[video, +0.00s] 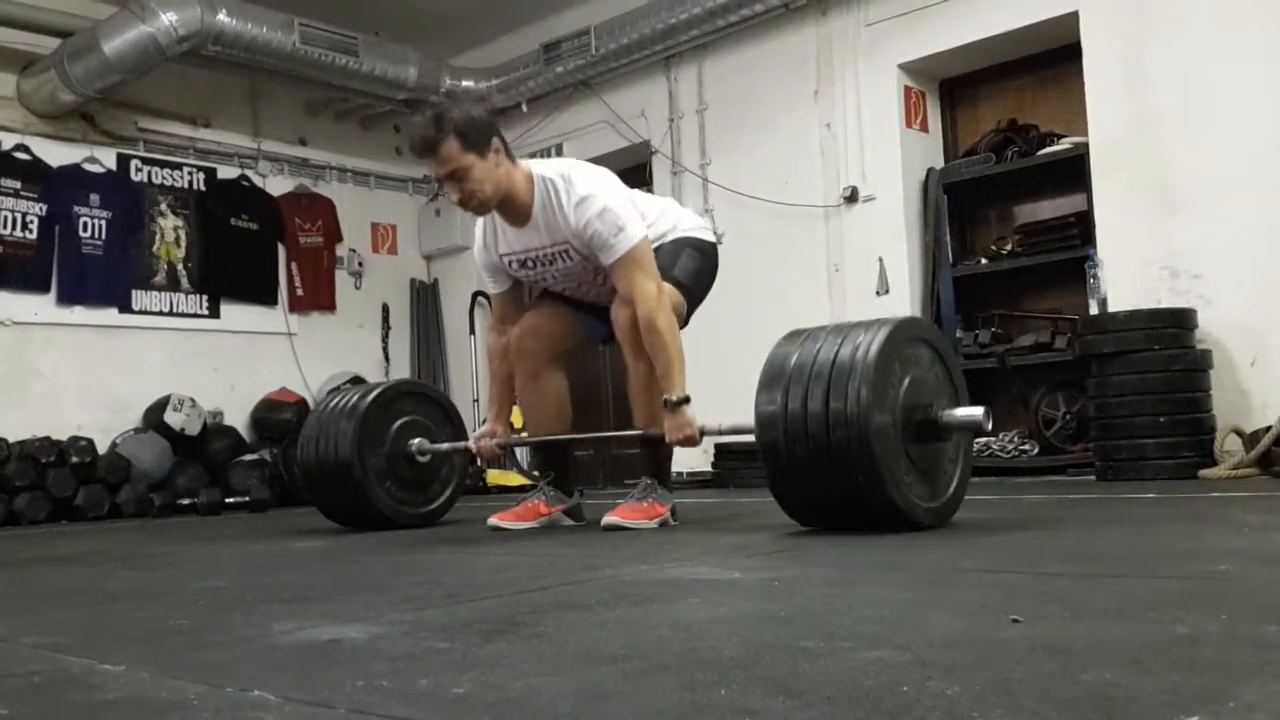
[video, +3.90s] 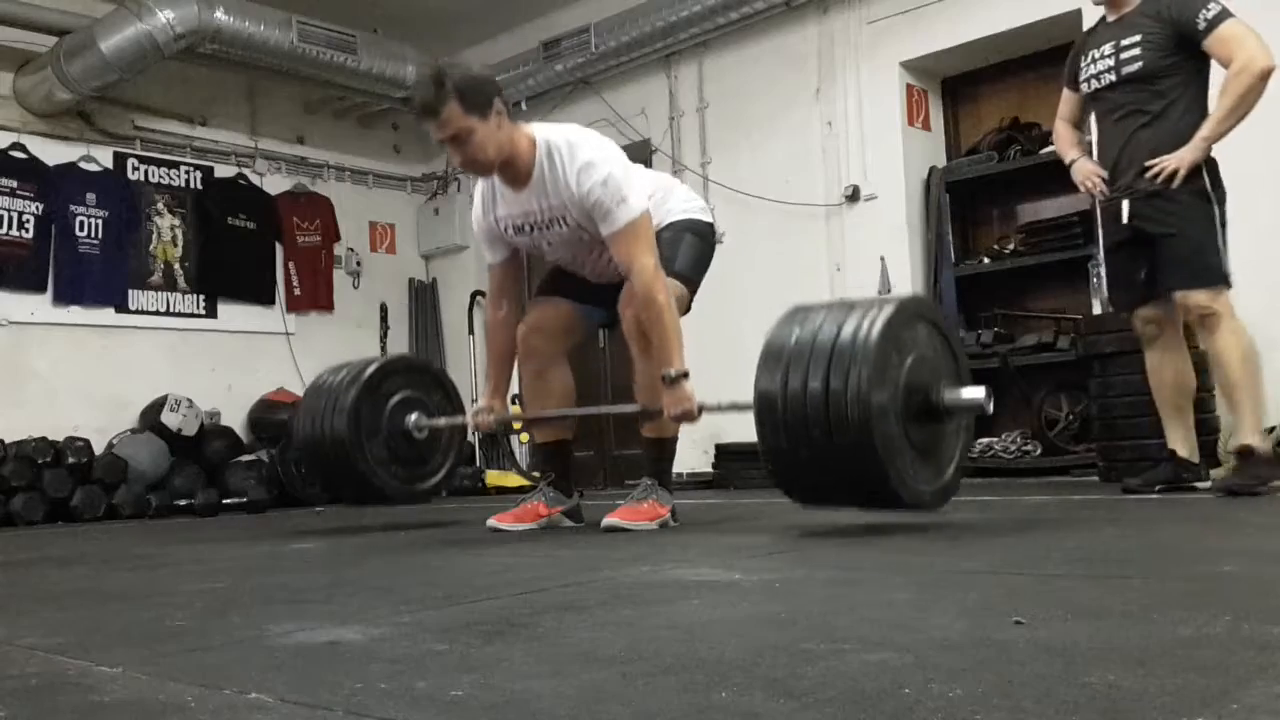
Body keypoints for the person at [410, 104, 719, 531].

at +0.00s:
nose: (455, 193)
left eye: (459, 175)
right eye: (443, 184)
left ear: (497, 152)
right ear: (438, 185)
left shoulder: (584, 196)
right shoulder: (490, 237)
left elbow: (649, 298)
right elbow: (505, 328)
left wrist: (676, 402)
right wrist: (499, 418)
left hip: (676, 245)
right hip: (597, 278)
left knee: (631, 316)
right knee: (528, 341)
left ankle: (656, 490)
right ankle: (558, 493)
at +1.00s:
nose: (451, 113)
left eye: (458, 94)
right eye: (441, 103)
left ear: (499, 77)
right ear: (437, 108)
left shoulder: (580, 137)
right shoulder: (483, 179)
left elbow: (639, 239)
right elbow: (499, 276)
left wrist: (664, 342)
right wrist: (486, 369)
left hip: (663, 226)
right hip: (589, 254)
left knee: (630, 312)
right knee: (530, 335)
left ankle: (653, 489)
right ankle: (557, 492)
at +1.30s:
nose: (454, 33)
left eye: (461, 12)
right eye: (444, 22)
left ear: (504, 6)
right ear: (444, 29)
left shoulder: (581, 71)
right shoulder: (485, 115)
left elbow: (638, 172)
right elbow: (499, 217)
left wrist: (664, 268)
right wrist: (487, 309)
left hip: (647, 206)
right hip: (577, 224)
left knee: (641, 317)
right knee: (539, 333)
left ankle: (654, 488)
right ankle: (557, 491)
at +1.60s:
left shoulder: (613, 15)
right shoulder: (518, 56)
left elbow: (647, 106)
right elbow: (515, 160)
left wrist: (663, 196)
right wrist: (489, 243)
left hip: (624, 201)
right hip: (553, 214)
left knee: (624, 316)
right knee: (529, 332)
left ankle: (653, 488)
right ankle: (558, 493)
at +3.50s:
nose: (465, 41)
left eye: (472, 20)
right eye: (456, 29)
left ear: (514, 9)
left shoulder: (593, 71)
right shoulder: (494, 114)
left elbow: (643, 178)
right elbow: (504, 221)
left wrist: (668, 276)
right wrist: (494, 311)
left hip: (658, 207)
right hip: (588, 226)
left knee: (651, 316)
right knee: (547, 333)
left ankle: (658, 489)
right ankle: (557, 491)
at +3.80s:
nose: (454, 126)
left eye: (461, 106)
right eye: (444, 115)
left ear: (500, 85)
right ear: (442, 115)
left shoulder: (584, 136)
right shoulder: (488, 179)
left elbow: (644, 245)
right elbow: (504, 283)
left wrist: (671, 351)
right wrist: (495, 372)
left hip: (669, 221)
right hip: (595, 250)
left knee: (640, 312)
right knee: (537, 335)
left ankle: (657, 491)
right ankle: (558, 494)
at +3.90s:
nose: (457, 157)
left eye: (462, 138)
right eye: (447, 146)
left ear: (498, 114)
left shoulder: (585, 162)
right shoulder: (489, 203)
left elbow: (645, 274)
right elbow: (503, 304)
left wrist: (674, 377)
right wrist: (495, 397)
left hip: (671, 227)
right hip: (595, 254)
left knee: (639, 315)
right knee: (536, 338)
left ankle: (657, 491)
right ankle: (557, 493)